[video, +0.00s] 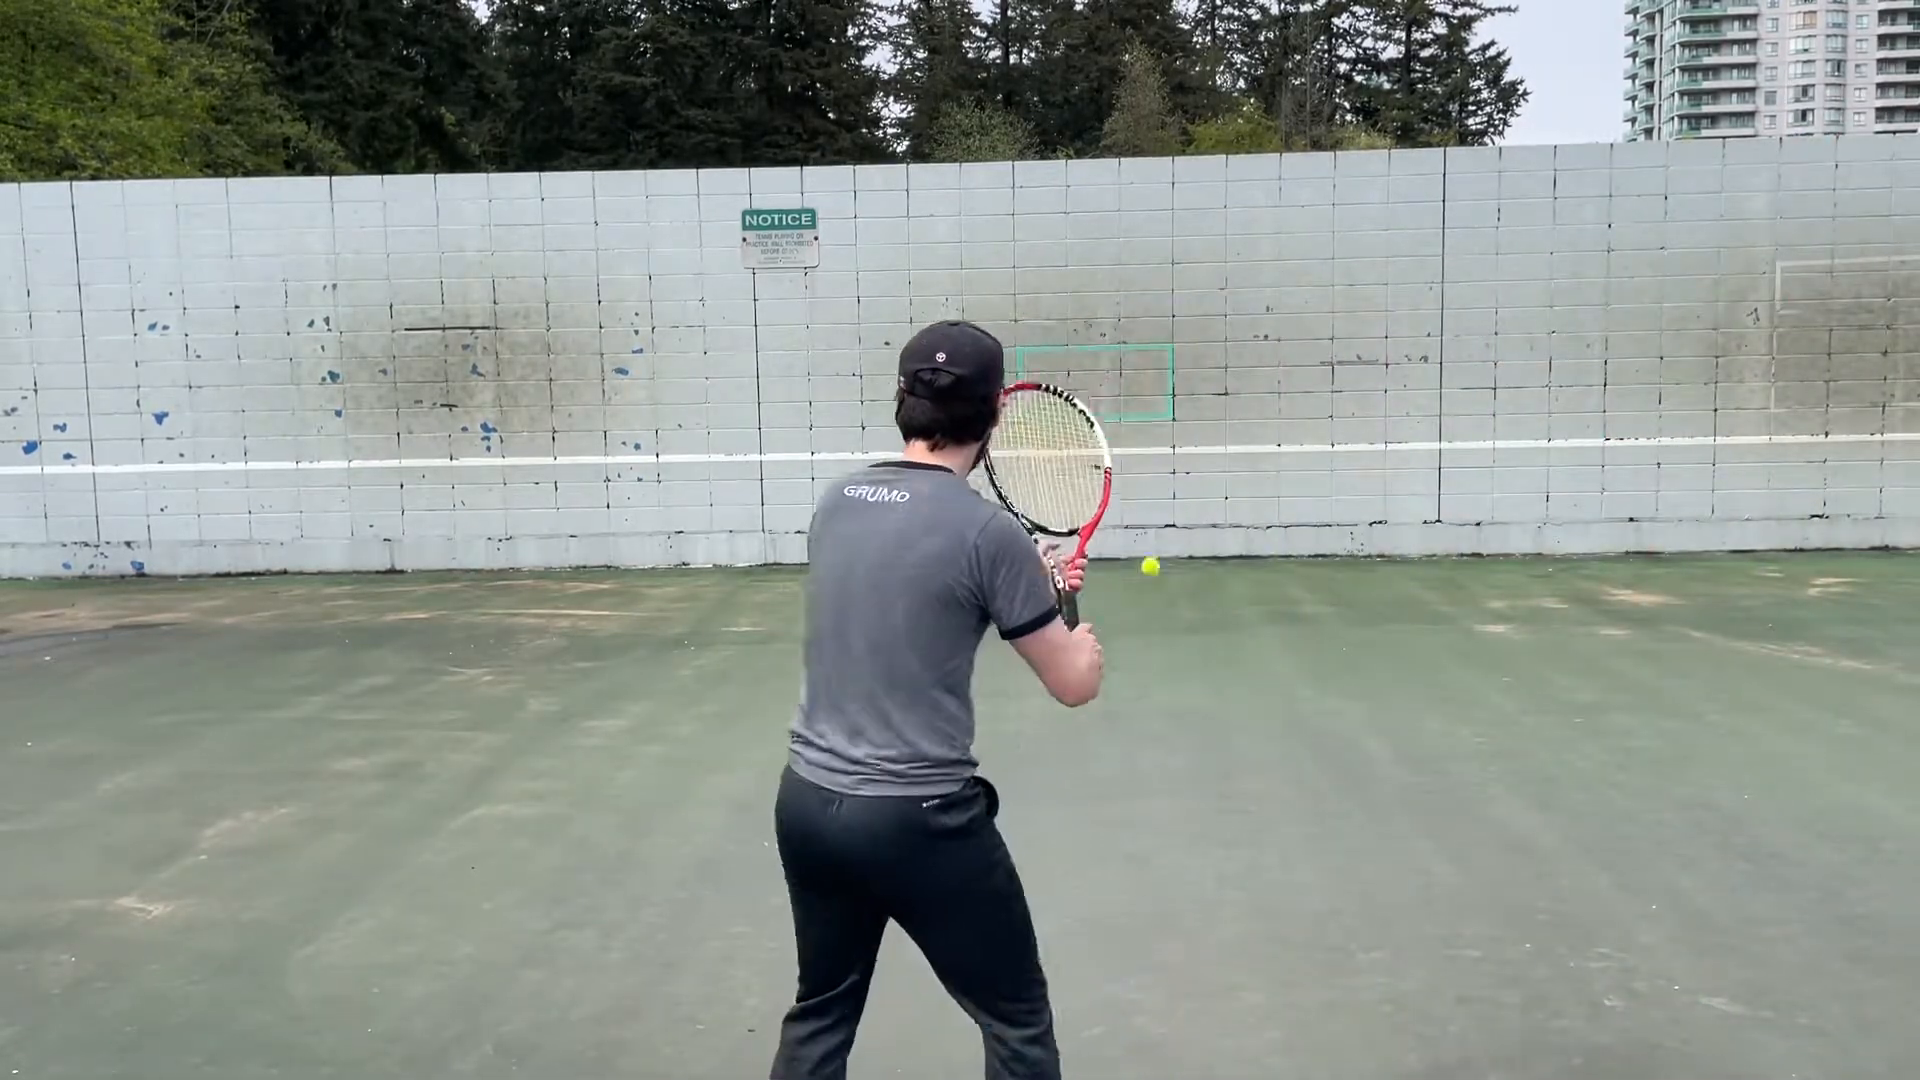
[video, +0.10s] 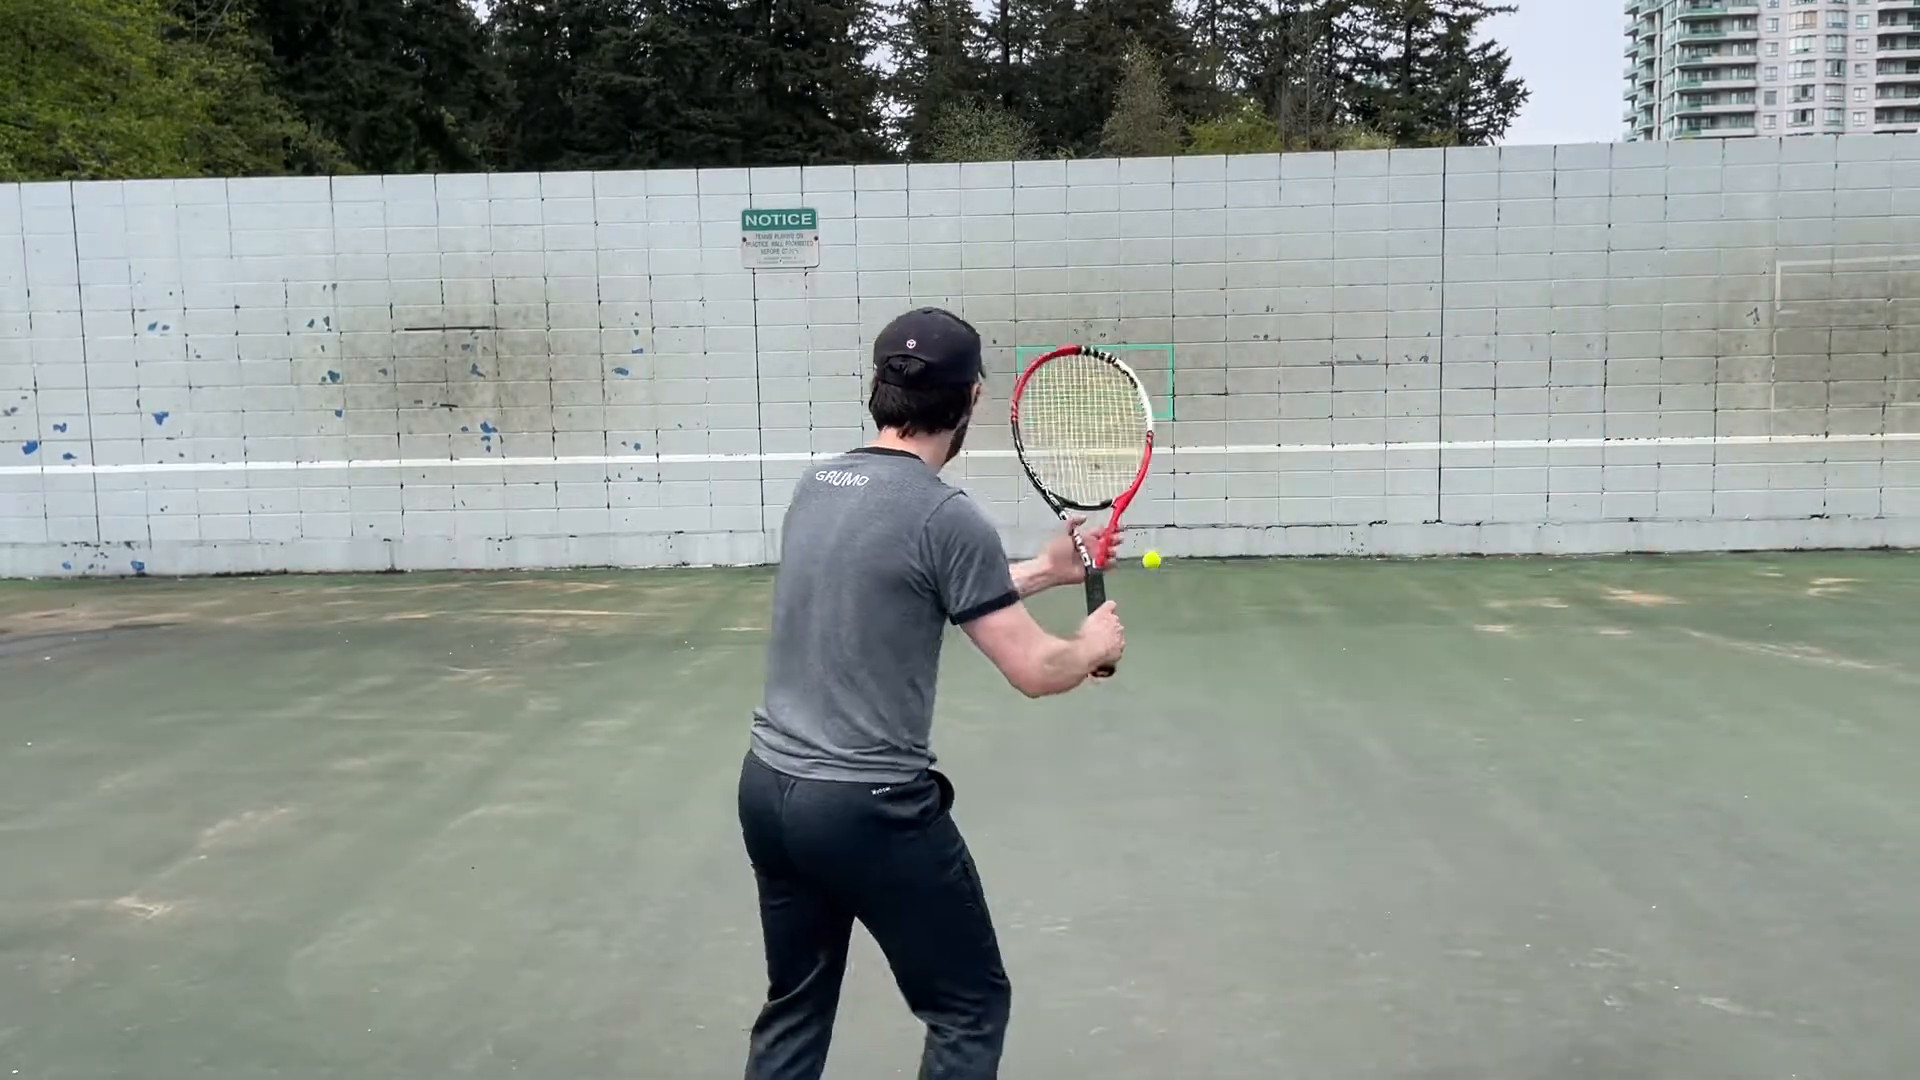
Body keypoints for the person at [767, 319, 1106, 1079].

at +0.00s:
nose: (999, 410)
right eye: (997, 398)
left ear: (902, 403)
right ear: (993, 413)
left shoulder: (839, 503)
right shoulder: (984, 530)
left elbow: (904, 609)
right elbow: (1076, 681)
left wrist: (1027, 580)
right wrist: (1073, 614)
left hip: (811, 808)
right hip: (926, 823)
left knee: (821, 1008)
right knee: (1017, 1023)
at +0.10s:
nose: (975, 397)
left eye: (971, 386)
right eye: (975, 387)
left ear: (880, 391)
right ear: (969, 400)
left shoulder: (819, 484)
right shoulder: (944, 515)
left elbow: (905, 595)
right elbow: (1036, 668)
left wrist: (1042, 571)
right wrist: (1093, 649)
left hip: (773, 793)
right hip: (877, 810)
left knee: (795, 1008)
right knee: (969, 1008)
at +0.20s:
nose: (959, 385)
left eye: (956, 372)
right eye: (959, 373)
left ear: (861, 380)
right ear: (950, 387)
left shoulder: (803, 474)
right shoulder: (916, 501)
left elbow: (923, 582)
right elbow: (999, 649)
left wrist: (1056, 552)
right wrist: (1101, 619)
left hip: (750, 780)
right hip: (849, 802)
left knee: (760, 1001)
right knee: (909, 1028)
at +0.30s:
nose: (940, 412)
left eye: (938, 398)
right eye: (941, 398)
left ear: (842, 402)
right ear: (928, 409)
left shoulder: (791, 495)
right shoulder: (860, 511)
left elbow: (931, 588)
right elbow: (930, 647)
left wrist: (1062, 563)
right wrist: (1076, 598)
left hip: (726, 805)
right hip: (812, 823)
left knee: (728, 1026)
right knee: (903, 1047)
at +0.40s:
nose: (929, 449)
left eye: (930, 433)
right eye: (930, 433)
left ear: (832, 430)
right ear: (916, 443)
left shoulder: (789, 514)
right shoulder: (822, 528)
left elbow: (895, 609)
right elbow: (828, 642)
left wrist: (1011, 620)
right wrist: (998, 596)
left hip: (686, 826)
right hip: (768, 846)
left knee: (688, 1054)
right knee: (913, 1037)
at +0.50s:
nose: (942, 475)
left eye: (945, 459)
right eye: (945, 458)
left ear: (847, 445)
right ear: (930, 463)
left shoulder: (791, 523)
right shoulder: (823, 539)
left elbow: (880, 633)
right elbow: (753, 637)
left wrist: (987, 679)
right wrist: (906, 602)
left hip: (666, 836)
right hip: (753, 852)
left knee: (684, 1060)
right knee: (892, 1045)